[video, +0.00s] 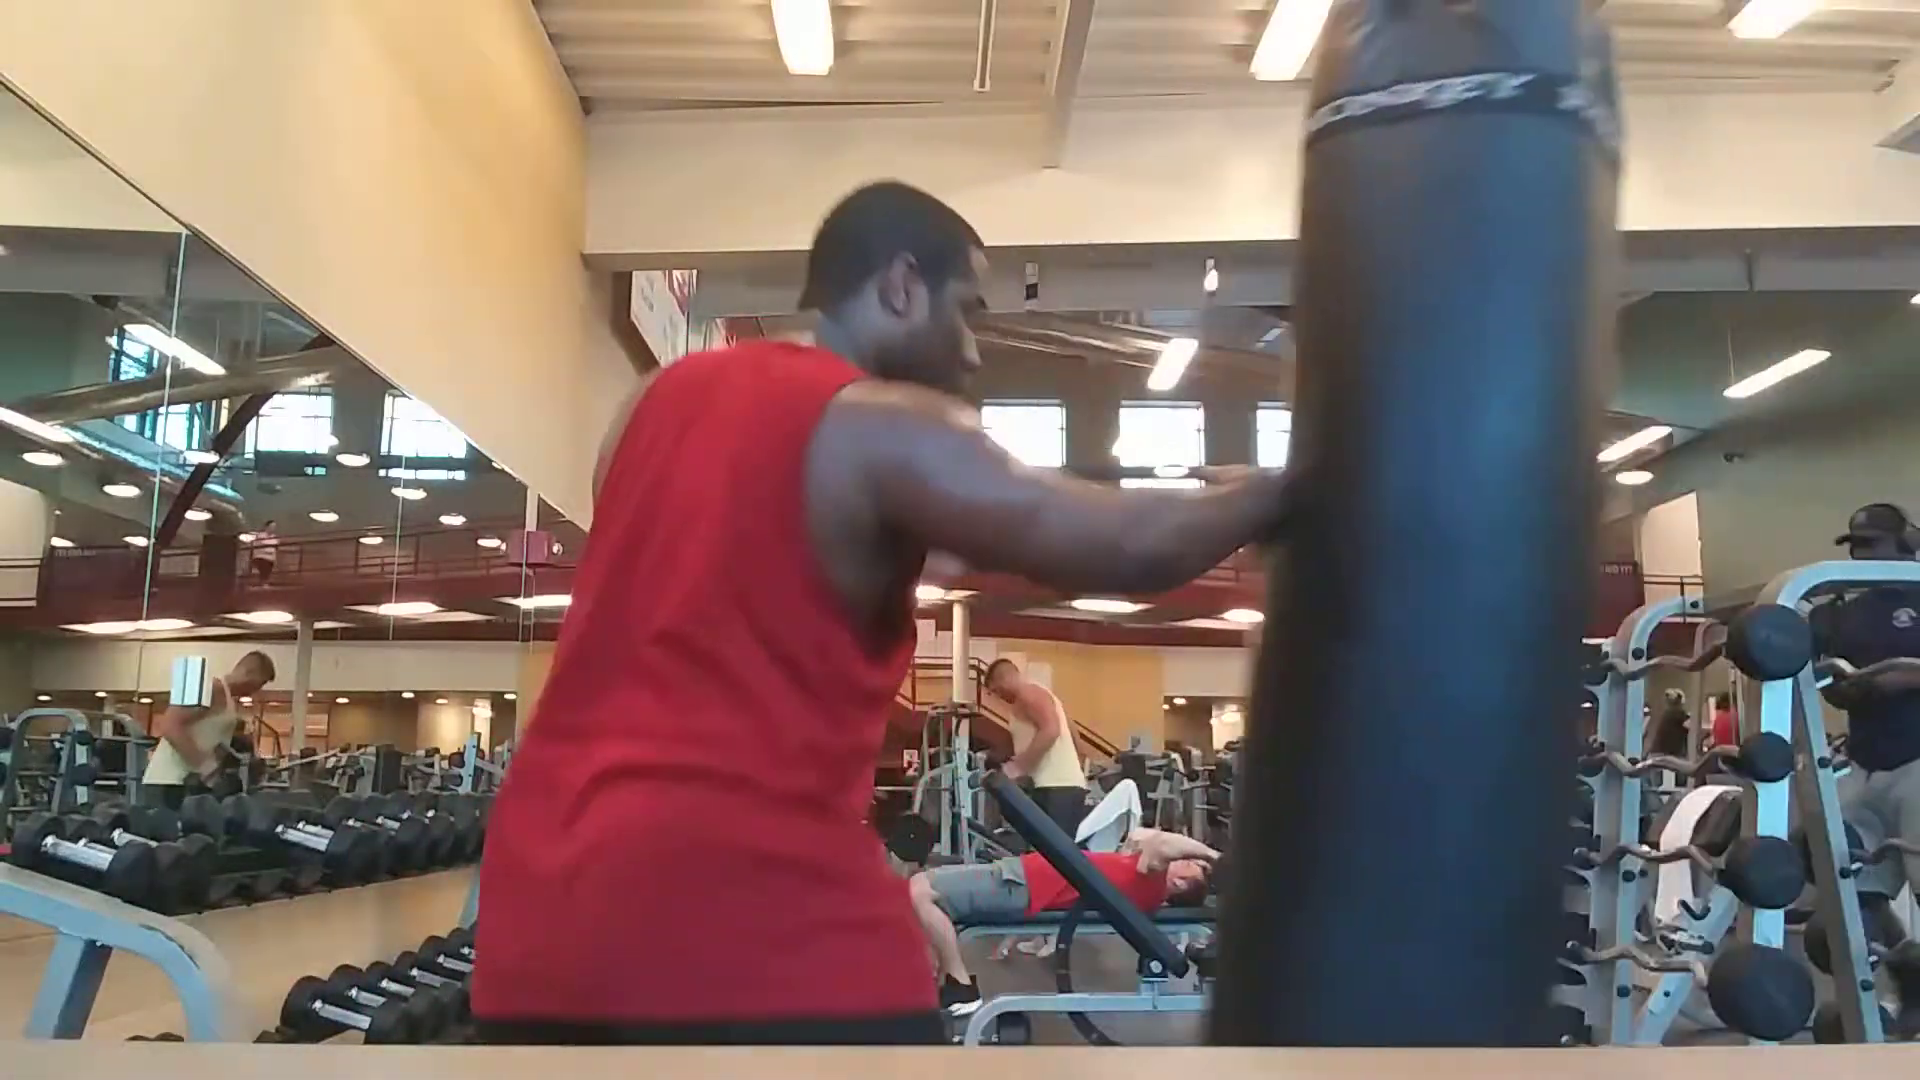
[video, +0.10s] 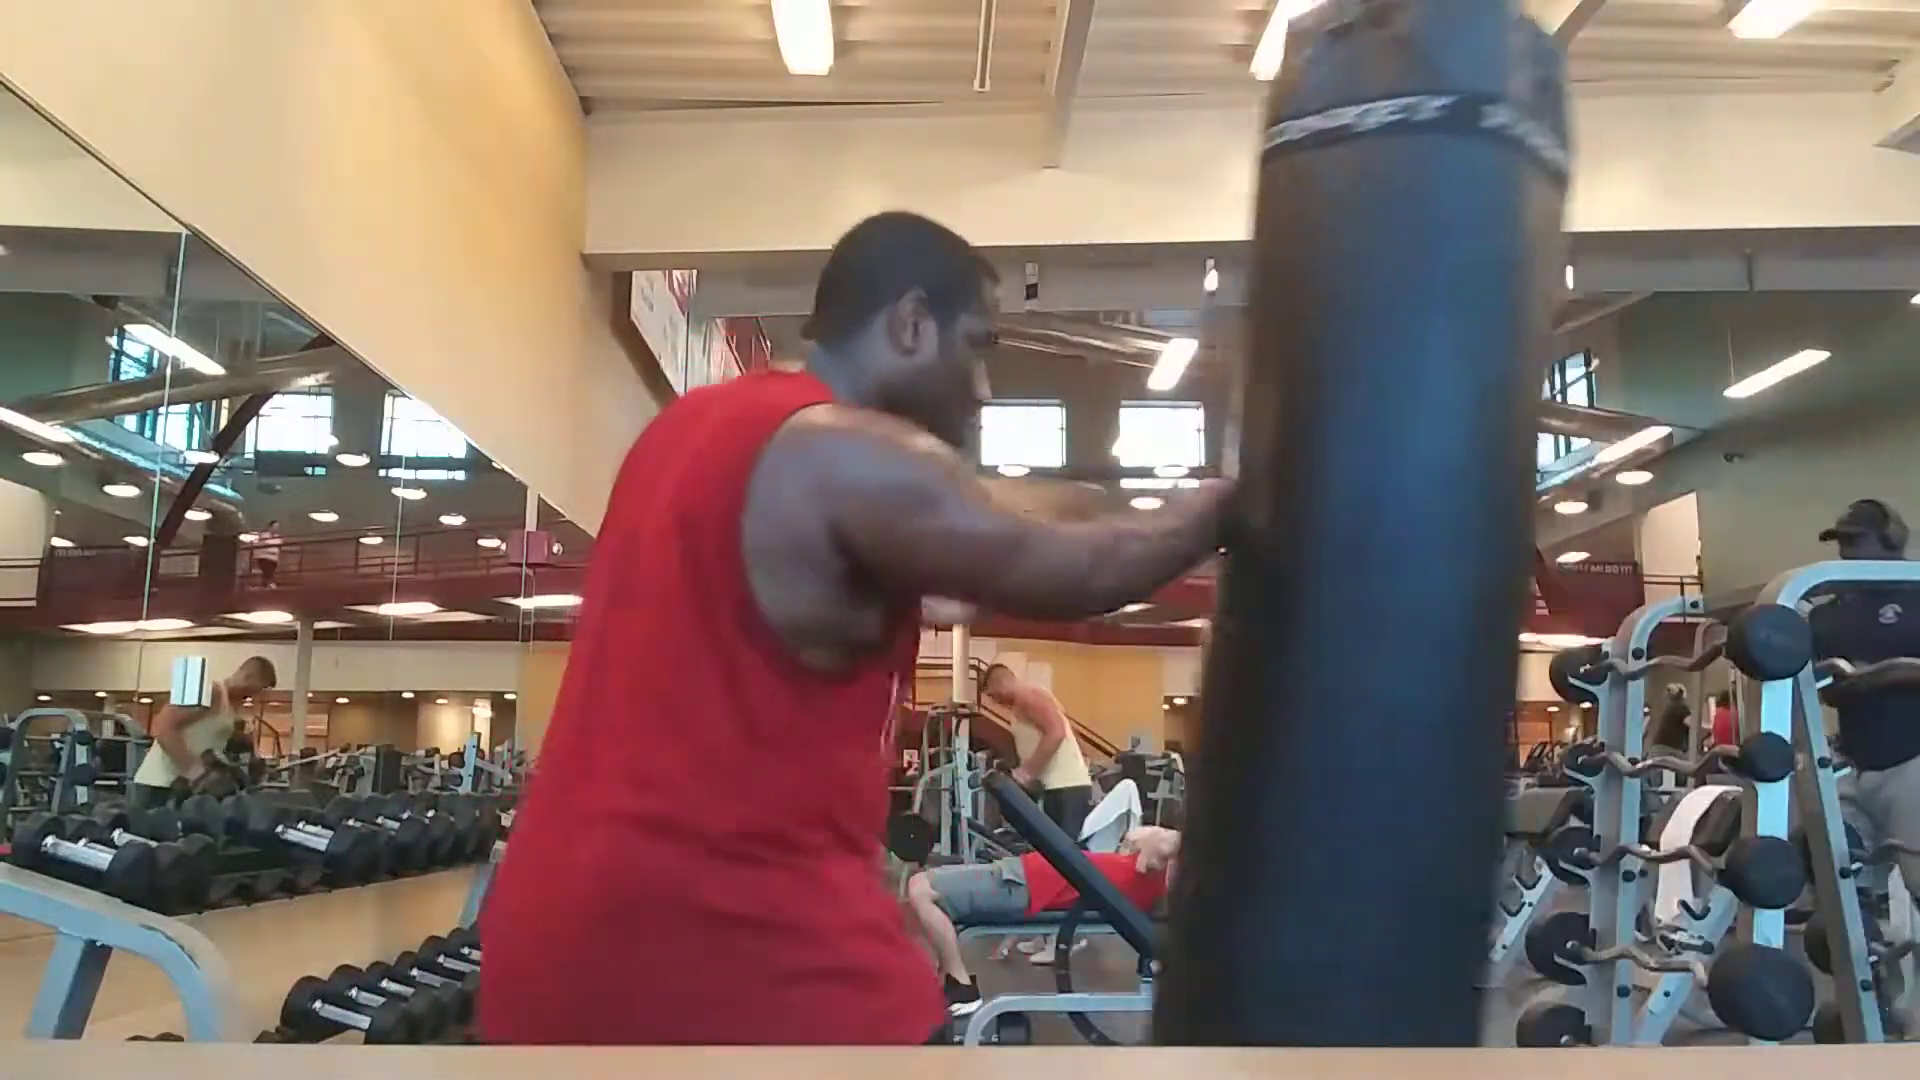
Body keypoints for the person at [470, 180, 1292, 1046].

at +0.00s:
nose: (970, 348)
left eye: (975, 322)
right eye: (967, 315)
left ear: (830, 283)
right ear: (900, 287)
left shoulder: (652, 401)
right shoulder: (877, 424)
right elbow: (1135, 546)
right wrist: (1291, 488)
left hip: (538, 895)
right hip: (751, 894)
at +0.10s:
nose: (984, 381)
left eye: (988, 352)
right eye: (978, 347)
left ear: (878, 325)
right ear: (909, 326)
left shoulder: (690, 424)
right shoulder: (846, 460)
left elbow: (1003, 509)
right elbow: (1082, 574)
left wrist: (1177, 504)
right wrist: (1223, 501)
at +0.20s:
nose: (966, 397)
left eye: (970, 367)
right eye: (961, 360)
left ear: (874, 340)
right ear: (890, 338)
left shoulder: (684, 442)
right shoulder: (832, 466)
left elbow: (873, 622)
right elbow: (1051, 606)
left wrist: (1031, 558)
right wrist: (1166, 549)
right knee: (926, 1059)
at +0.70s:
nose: (884, 343)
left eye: (889, 324)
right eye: (884, 321)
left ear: (740, 293)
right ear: (836, 294)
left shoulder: (592, 403)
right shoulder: (859, 419)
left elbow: (562, 552)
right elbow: (1074, 550)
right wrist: (1224, 483)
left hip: (560, 896)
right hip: (787, 890)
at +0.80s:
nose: (922, 354)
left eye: (928, 332)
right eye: (924, 326)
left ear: (789, 294)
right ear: (875, 299)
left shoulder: (621, 420)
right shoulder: (908, 435)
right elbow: (1084, 599)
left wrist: (1015, 510)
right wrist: (1216, 498)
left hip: (602, 905)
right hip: (832, 891)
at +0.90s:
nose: (972, 362)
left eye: (977, 336)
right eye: (975, 331)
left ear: (840, 306)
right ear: (933, 307)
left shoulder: (680, 424)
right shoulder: (952, 442)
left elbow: (654, 526)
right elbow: (1125, 621)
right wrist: (1209, 513)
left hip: (670, 872)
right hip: (890, 872)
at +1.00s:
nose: (1032, 354)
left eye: (1040, 335)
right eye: (1035, 332)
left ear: (893, 302)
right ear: (987, 301)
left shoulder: (749, 422)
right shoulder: (1002, 415)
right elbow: (1163, 593)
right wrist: (1216, 521)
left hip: (729, 866)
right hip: (946, 860)